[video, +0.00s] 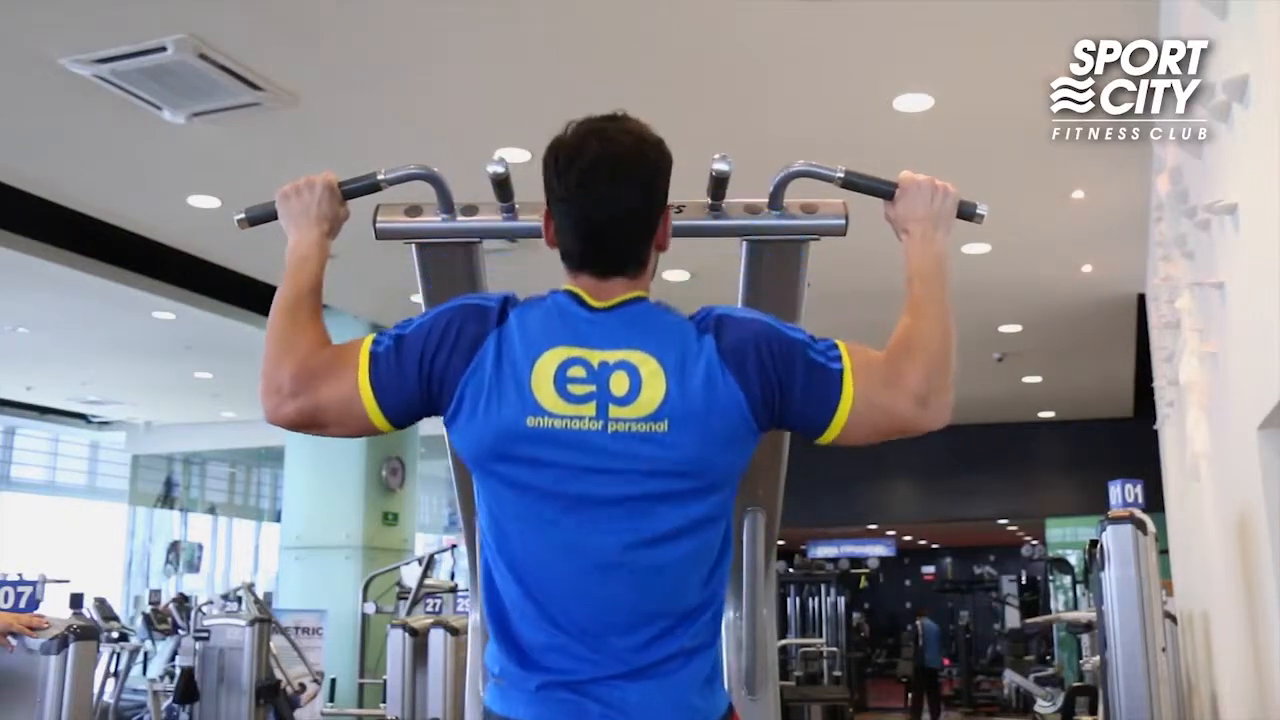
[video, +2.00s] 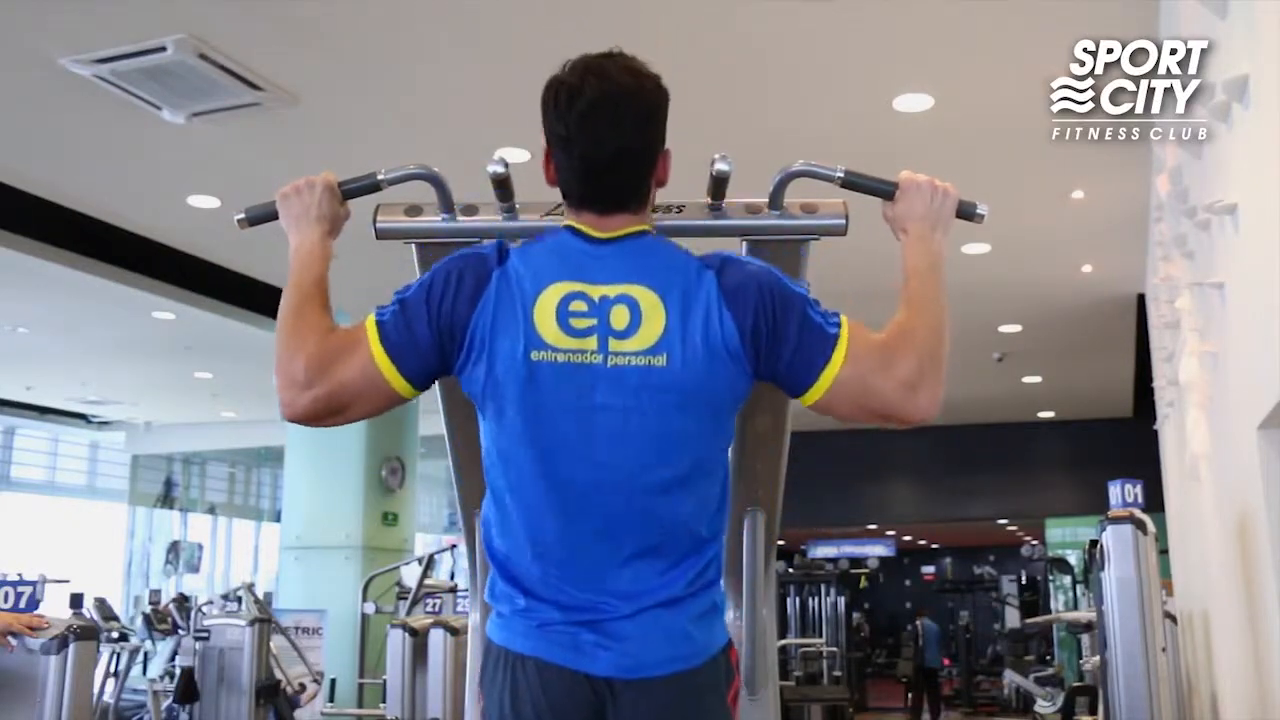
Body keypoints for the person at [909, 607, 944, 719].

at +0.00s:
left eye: (917, 616)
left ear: (917, 615)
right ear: (927, 615)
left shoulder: (917, 625)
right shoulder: (935, 626)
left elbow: (917, 644)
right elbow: (938, 645)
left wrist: (914, 659)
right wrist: (937, 660)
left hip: (921, 664)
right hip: (934, 664)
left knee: (918, 692)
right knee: (933, 692)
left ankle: (916, 715)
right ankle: (935, 715)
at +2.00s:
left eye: (917, 616)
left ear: (917, 615)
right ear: (927, 615)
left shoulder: (917, 625)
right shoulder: (935, 626)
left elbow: (917, 644)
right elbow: (938, 645)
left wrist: (914, 658)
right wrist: (938, 660)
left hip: (920, 663)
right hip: (934, 664)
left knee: (917, 692)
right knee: (933, 692)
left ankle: (916, 714)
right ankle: (935, 715)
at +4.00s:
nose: (916, 618)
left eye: (916, 616)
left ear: (917, 615)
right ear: (928, 614)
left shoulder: (917, 625)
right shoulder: (935, 627)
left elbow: (917, 644)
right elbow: (938, 645)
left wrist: (914, 659)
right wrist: (939, 659)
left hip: (921, 663)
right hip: (934, 664)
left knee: (918, 692)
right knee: (933, 691)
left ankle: (916, 715)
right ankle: (935, 715)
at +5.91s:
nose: (916, 618)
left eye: (916, 616)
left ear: (917, 615)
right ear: (928, 614)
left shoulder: (917, 625)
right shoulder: (935, 627)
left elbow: (917, 644)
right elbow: (938, 645)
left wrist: (914, 659)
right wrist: (939, 659)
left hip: (921, 664)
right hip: (934, 664)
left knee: (918, 692)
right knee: (933, 691)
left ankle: (916, 715)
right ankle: (935, 715)